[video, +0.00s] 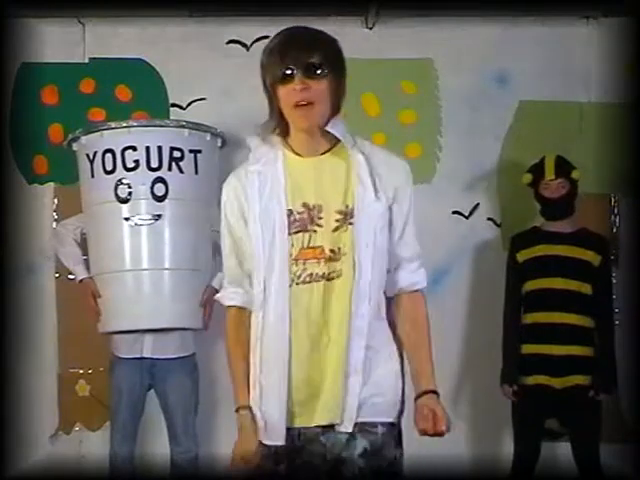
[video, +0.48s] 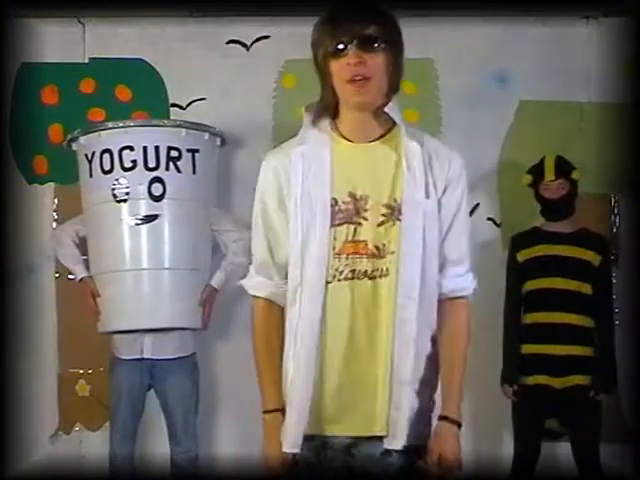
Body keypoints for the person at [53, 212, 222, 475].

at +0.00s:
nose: (150, 199)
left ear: (172, 192)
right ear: (129, 191)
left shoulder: (189, 224)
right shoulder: (113, 217)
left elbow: (233, 252)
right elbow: (64, 229)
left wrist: (214, 286)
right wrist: (84, 277)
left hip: (177, 351)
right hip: (127, 351)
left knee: (186, 447)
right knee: (121, 450)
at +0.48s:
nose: (150, 196)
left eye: (159, 191)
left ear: (171, 188)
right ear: (130, 190)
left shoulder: (192, 214)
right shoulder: (113, 215)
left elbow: (241, 240)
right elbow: (61, 235)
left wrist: (215, 285)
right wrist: (83, 277)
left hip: (177, 349)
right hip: (126, 351)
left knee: (184, 449)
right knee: (120, 450)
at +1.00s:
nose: (149, 194)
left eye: (159, 189)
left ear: (172, 186)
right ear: (130, 188)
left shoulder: (194, 213)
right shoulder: (112, 214)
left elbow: (243, 240)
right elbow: (59, 233)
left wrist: (214, 288)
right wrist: (83, 277)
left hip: (174, 349)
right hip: (123, 349)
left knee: (184, 448)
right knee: (120, 449)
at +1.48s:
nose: (143, 192)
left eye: (152, 186)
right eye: (136, 187)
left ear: (164, 183)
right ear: (124, 186)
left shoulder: (188, 212)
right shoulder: (106, 216)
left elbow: (240, 235)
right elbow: (53, 233)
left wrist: (214, 283)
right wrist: (77, 277)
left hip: (173, 349)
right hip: (122, 351)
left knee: (183, 450)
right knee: (119, 451)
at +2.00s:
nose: (141, 192)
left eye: (149, 186)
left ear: (161, 185)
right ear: (121, 190)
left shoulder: (181, 212)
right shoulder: (104, 216)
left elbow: (235, 239)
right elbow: (53, 232)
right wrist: (76, 275)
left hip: (173, 349)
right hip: (122, 351)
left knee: (184, 449)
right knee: (118, 450)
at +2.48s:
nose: (142, 190)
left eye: (149, 185)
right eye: (134, 185)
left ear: (162, 183)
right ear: (122, 184)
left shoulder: (181, 209)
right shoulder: (107, 212)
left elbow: (238, 222)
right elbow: (55, 233)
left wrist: (260, 194)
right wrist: (76, 276)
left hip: (175, 337)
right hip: (124, 340)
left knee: (182, 430)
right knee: (124, 427)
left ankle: (185, 478)